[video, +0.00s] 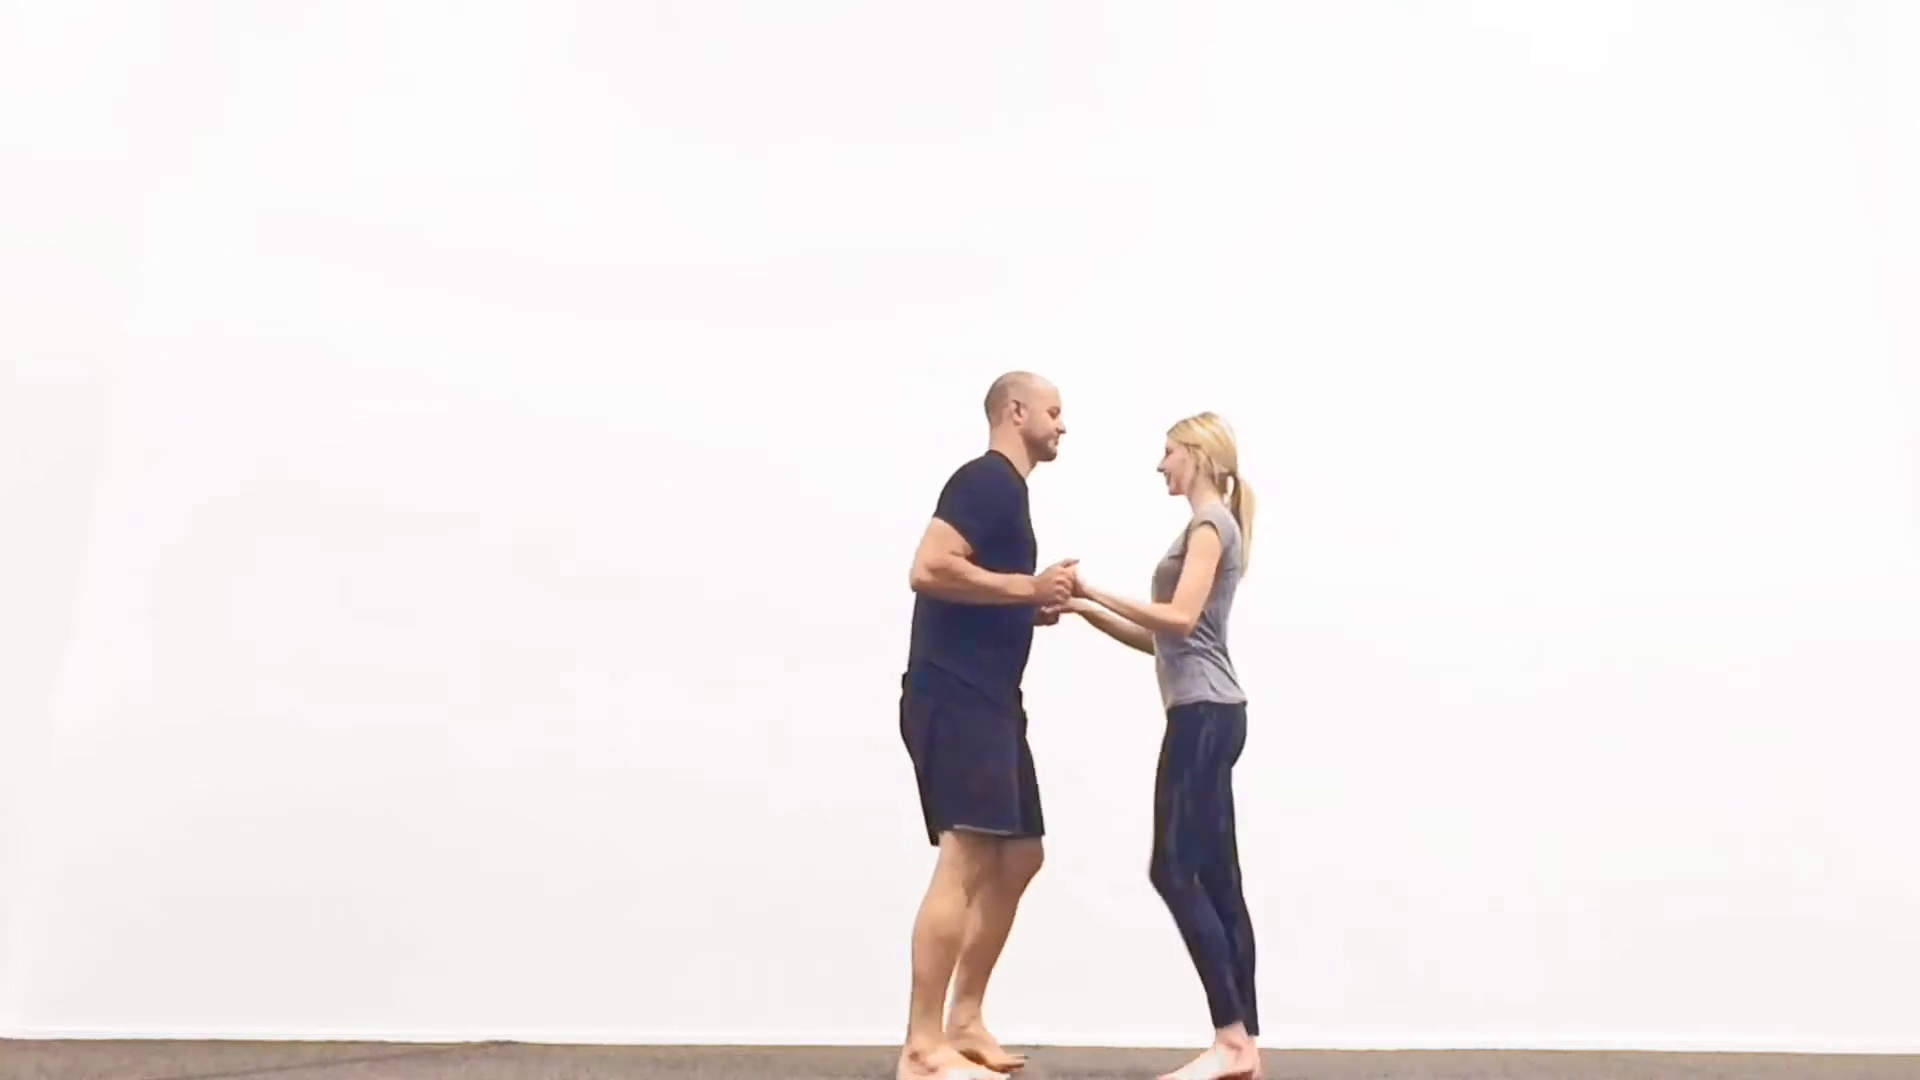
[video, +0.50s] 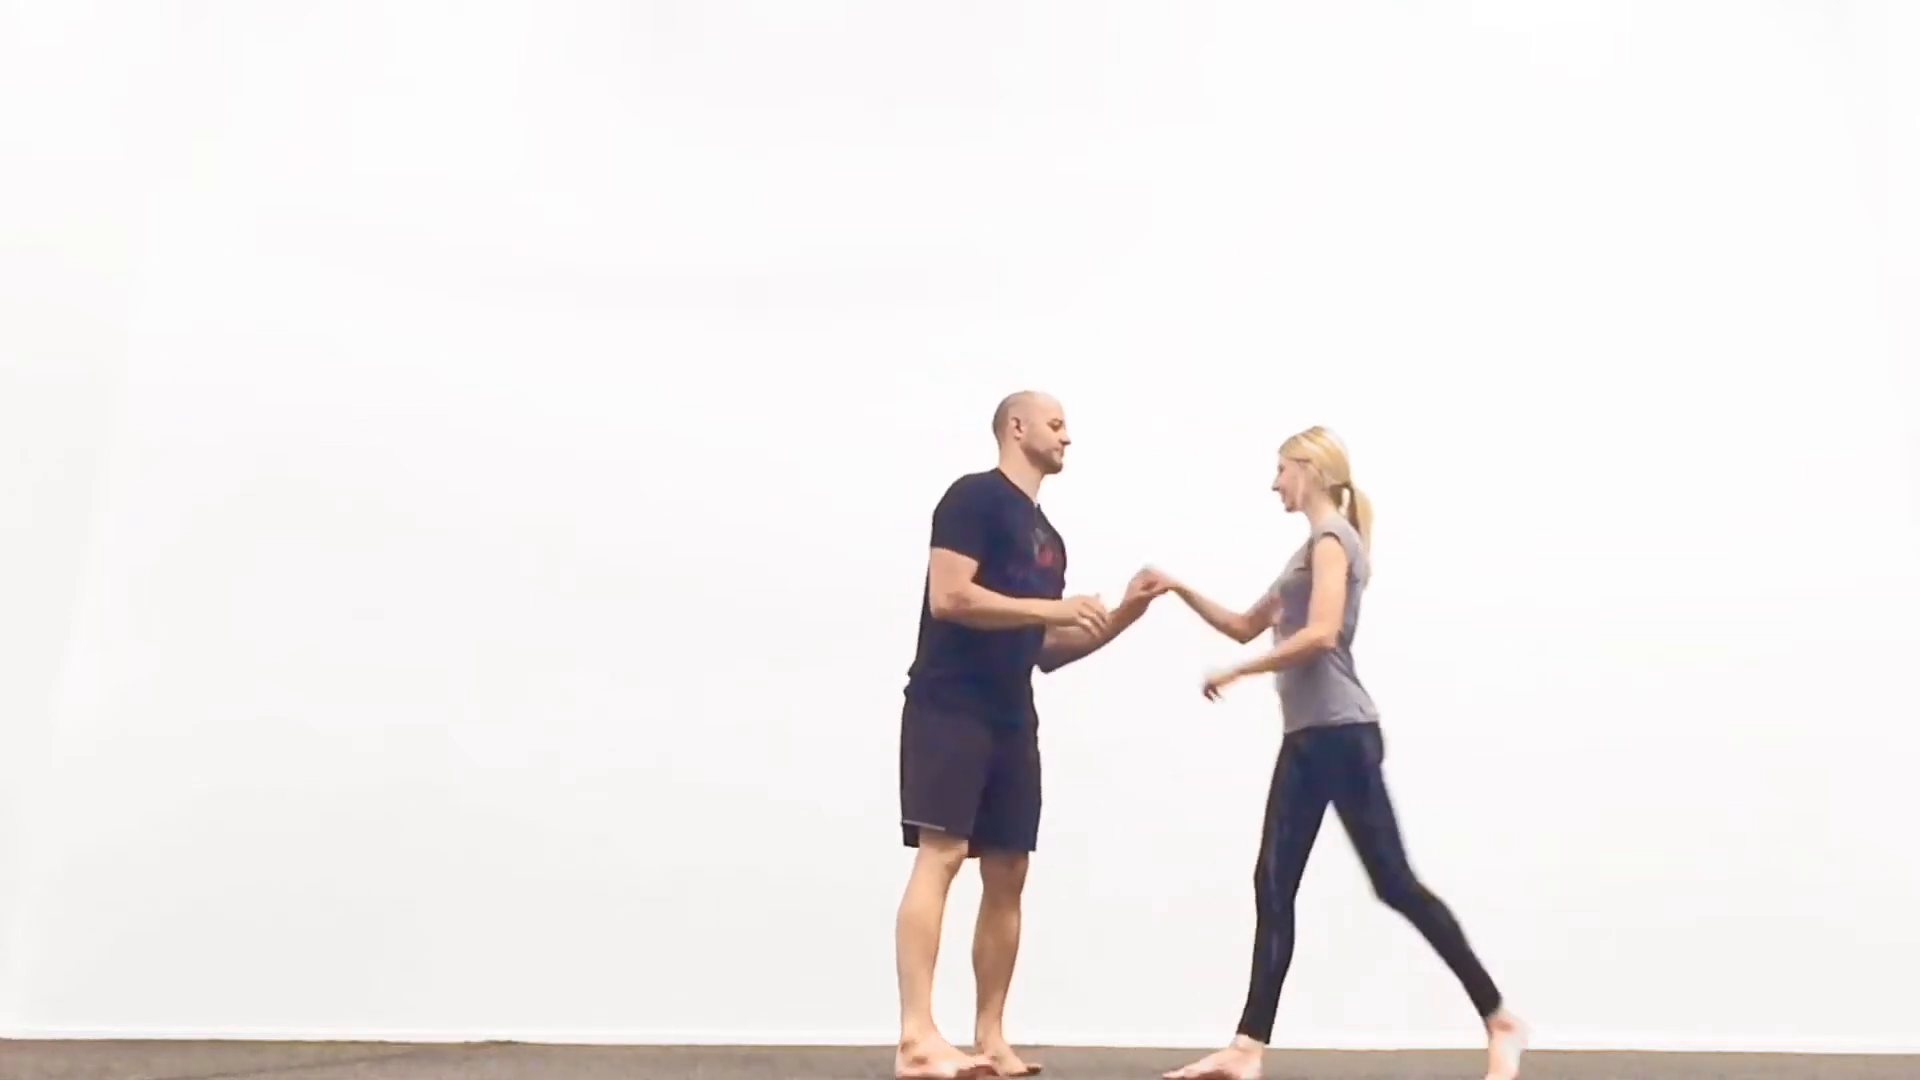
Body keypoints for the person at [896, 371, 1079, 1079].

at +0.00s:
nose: (1063, 424)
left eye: (1062, 413)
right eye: (1054, 412)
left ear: (1017, 415)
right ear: (1014, 413)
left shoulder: (1009, 490)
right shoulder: (985, 479)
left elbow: (973, 599)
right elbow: (929, 570)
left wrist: (1037, 608)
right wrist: (1027, 588)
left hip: (993, 699)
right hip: (955, 698)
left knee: (1018, 858)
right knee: (965, 860)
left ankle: (964, 1023)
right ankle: (921, 1047)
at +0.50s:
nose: (1067, 438)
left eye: (1066, 428)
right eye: (1055, 425)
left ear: (1028, 431)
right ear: (1015, 428)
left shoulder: (1049, 540)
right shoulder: (973, 494)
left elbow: (1041, 651)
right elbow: (948, 598)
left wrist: (1122, 615)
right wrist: (1051, 609)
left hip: (1011, 715)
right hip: (949, 708)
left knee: (1006, 872)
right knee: (940, 855)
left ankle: (989, 1039)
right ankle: (916, 1038)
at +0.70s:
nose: (1055, 437)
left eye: (1056, 428)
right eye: (1043, 425)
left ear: (1032, 436)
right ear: (1002, 430)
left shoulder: (1054, 537)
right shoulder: (953, 498)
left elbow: (1120, 619)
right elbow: (916, 597)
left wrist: (1195, 562)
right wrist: (1007, 610)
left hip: (1012, 717)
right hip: (941, 707)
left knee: (1002, 872)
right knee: (911, 847)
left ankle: (990, 1042)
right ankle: (849, 1020)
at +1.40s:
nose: (969, 443)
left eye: (970, 432)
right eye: (956, 433)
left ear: (962, 439)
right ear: (917, 440)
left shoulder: (990, 529)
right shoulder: (874, 520)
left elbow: (1065, 594)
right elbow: (849, 630)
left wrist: (1102, 530)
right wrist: (942, 658)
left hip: (960, 724)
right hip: (881, 723)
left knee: (982, 871)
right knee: (838, 869)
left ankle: (991, 1044)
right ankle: (783, 1039)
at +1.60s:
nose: (952, 461)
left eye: (953, 448)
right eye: (938, 453)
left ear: (952, 450)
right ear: (901, 462)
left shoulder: (973, 523)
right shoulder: (879, 545)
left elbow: (1054, 565)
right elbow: (902, 665)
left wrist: (1058, 508)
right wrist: (997, 688)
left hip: (954, 729)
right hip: (879, 732)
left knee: (982, 869)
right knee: (838, 873)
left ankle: (991, 1043)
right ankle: (784, 1038)